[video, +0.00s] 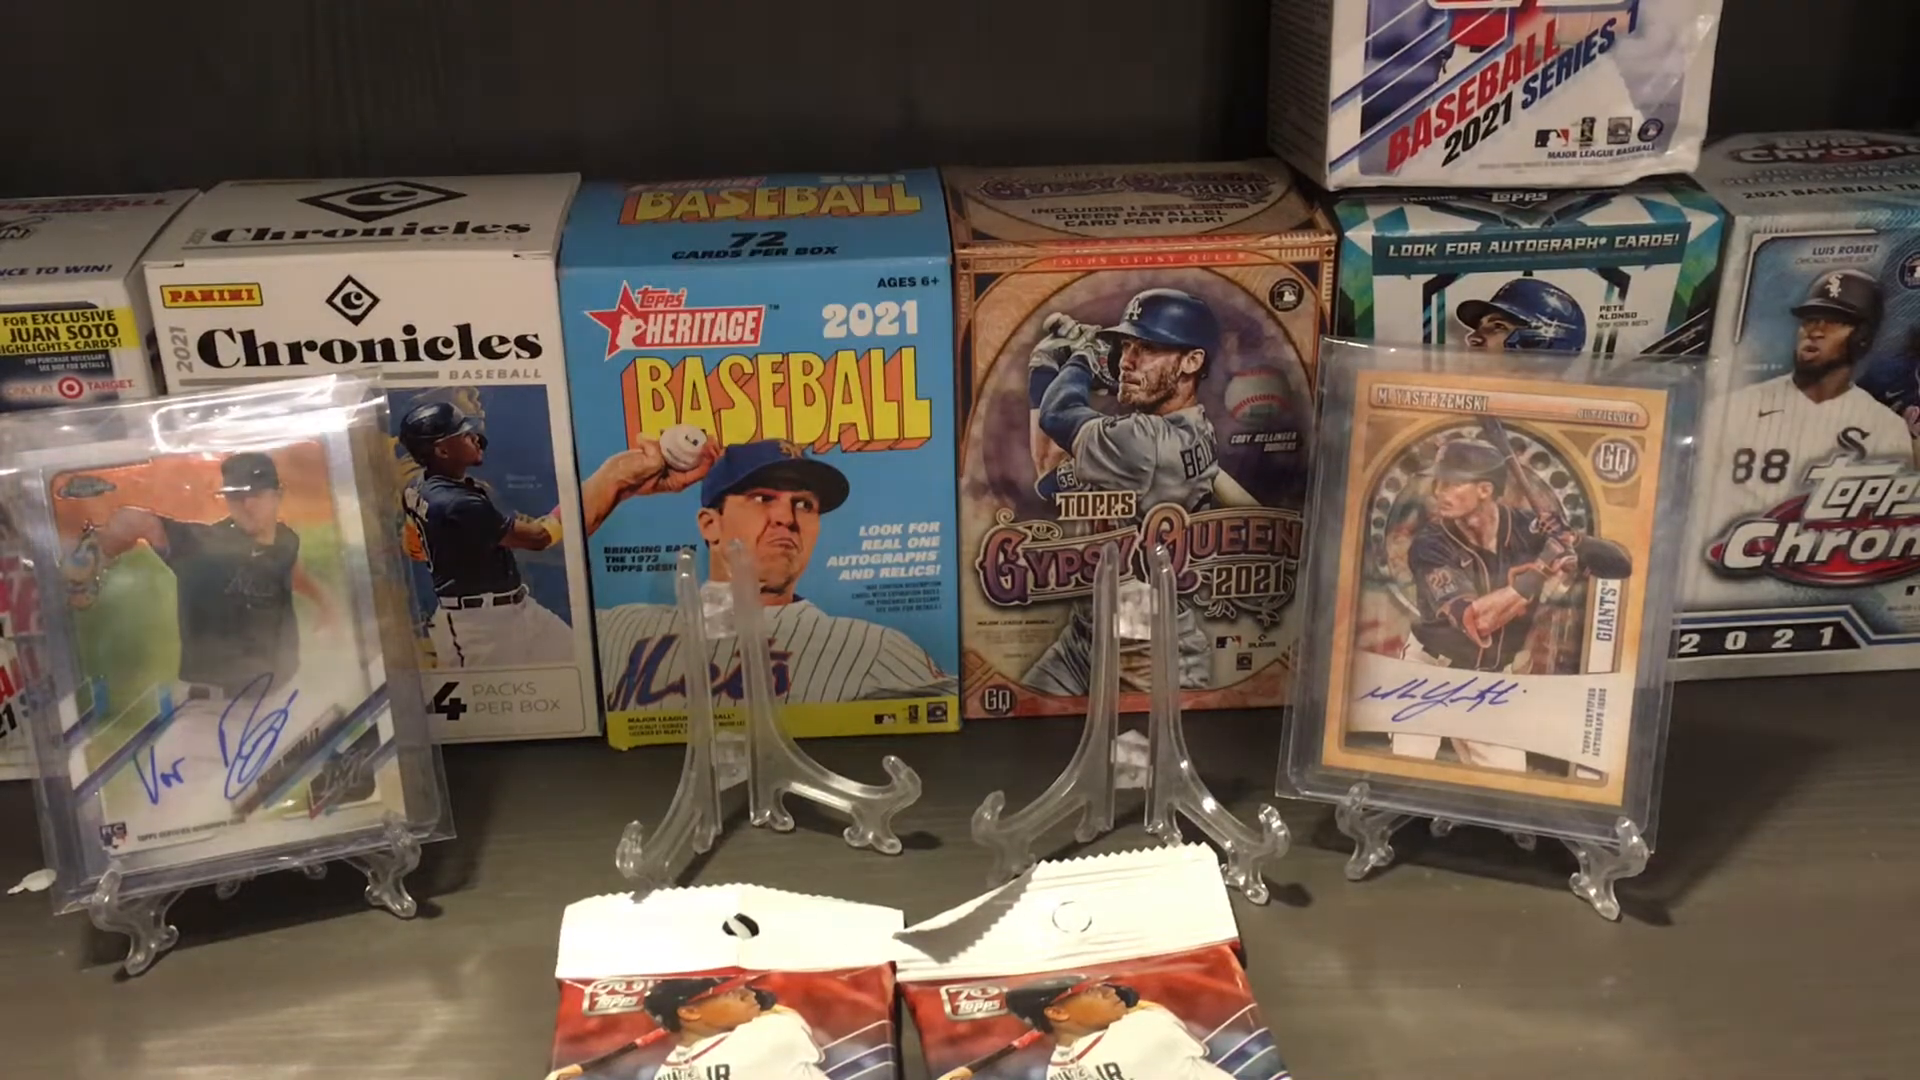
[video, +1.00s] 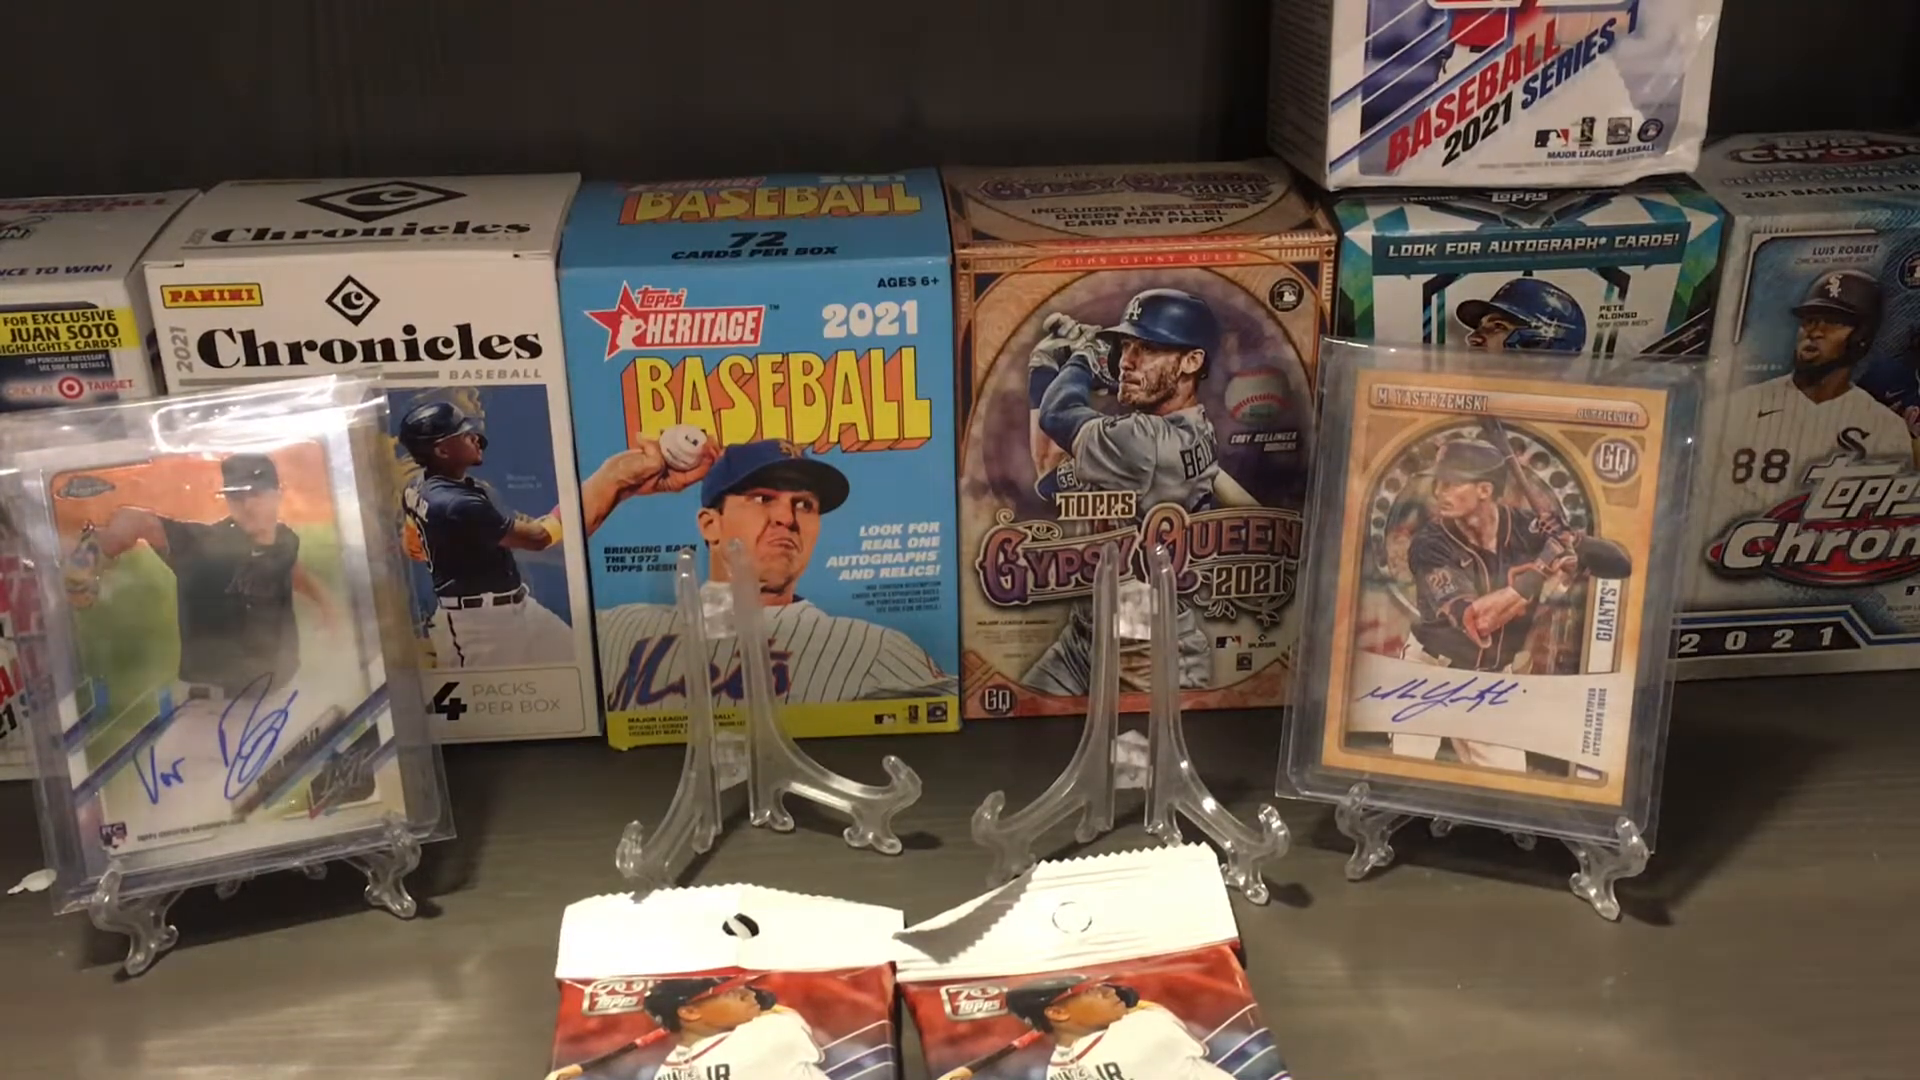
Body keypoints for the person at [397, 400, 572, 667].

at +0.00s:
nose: (475, 436)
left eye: (469, 430)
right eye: (464, 433)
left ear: (442, 451)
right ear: (442, 449)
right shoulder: (461, 506)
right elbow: (538, 537)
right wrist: (571, 508)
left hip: (519, 609)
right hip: (474, 623)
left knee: (588, 662)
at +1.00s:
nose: (475, 436)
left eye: (470, 430)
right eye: (465, 433)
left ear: (442, 451)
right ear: (442, 450)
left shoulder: (420, 489)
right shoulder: (461, 506)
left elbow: (413, 545)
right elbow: (538, 537)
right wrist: (570, 509)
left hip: (520, 608)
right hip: (475, 622)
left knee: (587, 662)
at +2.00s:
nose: (476, 437)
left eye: (470, 430)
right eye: (465, 433)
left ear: (442, 451)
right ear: (442, 450)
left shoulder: (419, 490)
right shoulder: (460, 506)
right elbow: (538, 537)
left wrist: (539, 523)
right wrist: (568, 511)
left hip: (520, 609)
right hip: (473, 623)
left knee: (587, 664)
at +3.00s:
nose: (475, 435)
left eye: (469, 429)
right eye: (464, 432)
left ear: (442, 451)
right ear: (442, 449)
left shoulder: (420, 489)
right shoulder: (462, 507)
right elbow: (539, 537)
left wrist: (543, 522)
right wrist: (568, 509)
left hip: (519, 609)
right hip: (474, 622)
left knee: (587, 663)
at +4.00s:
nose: (476, 437)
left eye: (470, 431)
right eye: (465, 434)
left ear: (443, 451)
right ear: (442, 450)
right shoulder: (460, 507)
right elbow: (539, 538)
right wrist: (569, 510)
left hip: (519, 608)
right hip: (474, 623)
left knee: (587, 665)